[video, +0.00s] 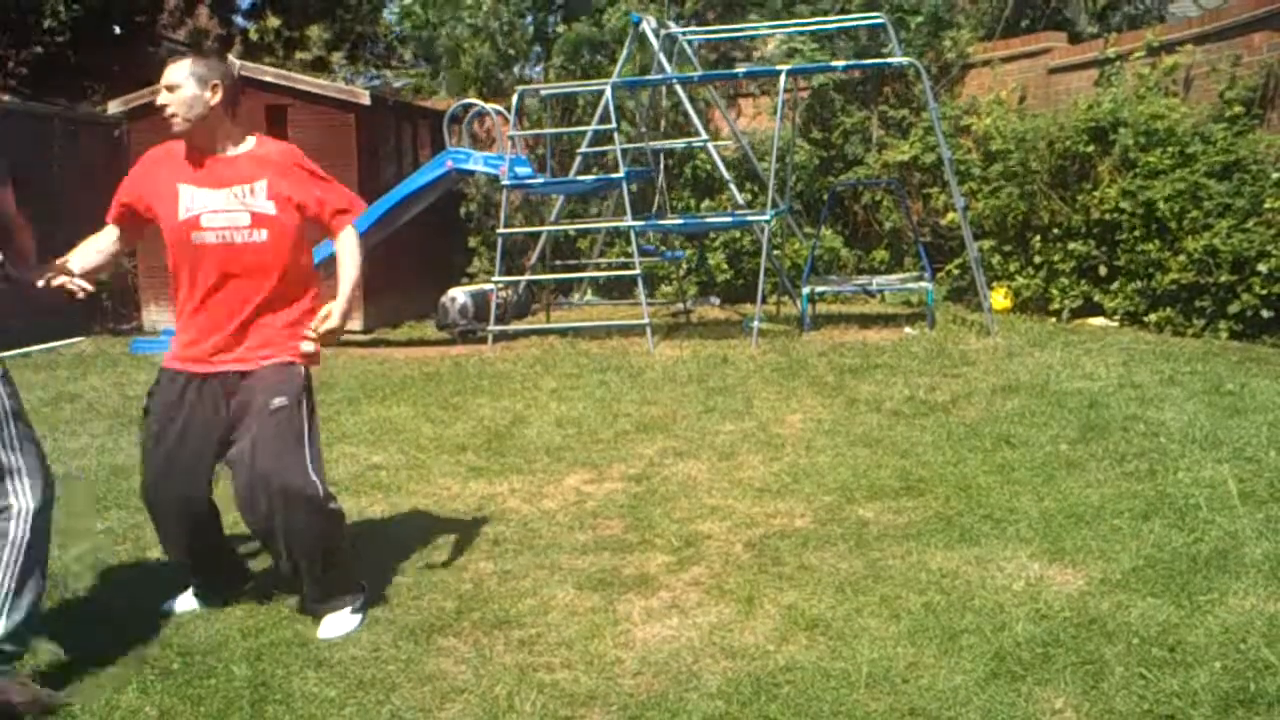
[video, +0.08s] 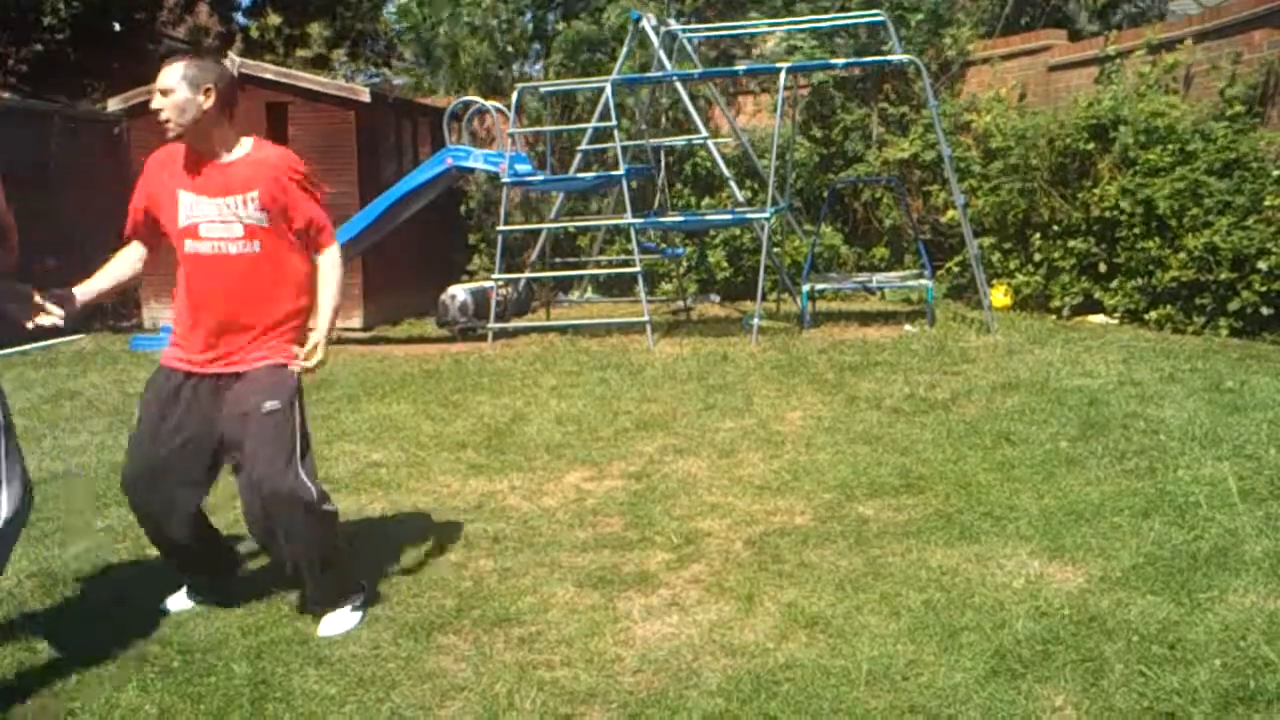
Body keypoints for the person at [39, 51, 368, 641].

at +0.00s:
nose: (161, 101)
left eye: (173, 89)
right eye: (161, 91)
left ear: (215, 94)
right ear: (201, 96)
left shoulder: (280, 160)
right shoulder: (157, 166)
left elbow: (345, 225)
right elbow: (116, 232)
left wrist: (343, 298)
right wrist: (69, 267)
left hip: (273, 355)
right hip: (191, 360)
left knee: (277, 480)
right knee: (167, 489)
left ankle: (337, 594)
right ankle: (217, 581)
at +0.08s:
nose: (157, 107)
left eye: (167, 95)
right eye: (156, 96)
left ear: (208, 97)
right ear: (196, 100)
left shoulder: (276, 168)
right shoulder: (161, 168)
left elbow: (328, 247)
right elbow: (137, 250)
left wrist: (321, 325)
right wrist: (76, 299)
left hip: (264, 358)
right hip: (188, 360)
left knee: (274, 487)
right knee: (149, 484)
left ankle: (339, 593)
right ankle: (214, 577)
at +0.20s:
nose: (134, 105)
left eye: (144, 93)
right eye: (135, 93)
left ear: (183, 100)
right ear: (179, 101)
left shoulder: (227, 162)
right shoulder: (185, 162)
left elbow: (258, 259)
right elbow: (212, 257)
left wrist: (194, 337)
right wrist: (179, 328)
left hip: (243, 367)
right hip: (185, 360)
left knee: (249, 496)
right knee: (117, 460)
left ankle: (337, 590)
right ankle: (157, 580)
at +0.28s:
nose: (120, 104)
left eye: (132, 93)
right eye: (122, 93)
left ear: (170, 101)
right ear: (169, 103)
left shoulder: (192, 156)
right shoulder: (194, 153)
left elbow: (184, 259)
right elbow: (248, 243)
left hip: (234, 360)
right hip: (181, 355)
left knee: (242, 494)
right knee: (111, 467)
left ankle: (338, 591)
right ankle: (106, 599)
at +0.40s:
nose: (107, 99)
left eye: (119, 90)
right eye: (108, 89)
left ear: (160, 100)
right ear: (153, 102)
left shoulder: (170, 157)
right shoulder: (189, 153)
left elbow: (114, 245)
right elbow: (247, 218)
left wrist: (34, 277)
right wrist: (254, 262)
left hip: (198, 363)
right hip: (146, 358)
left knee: (242, 488)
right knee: (89, 484)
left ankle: (333, 591)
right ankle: (101, 602)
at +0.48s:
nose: (102, 86)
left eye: (115, 78)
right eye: (103, 76)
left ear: (157, 90)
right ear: (140, 90)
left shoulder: (182, 153)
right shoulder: (140, 158)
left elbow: (154, 251)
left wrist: (69, 299)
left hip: (193, 358)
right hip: (131, 358)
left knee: (246, 482)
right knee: (87, 484)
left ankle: (331, 589)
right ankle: (101, 602)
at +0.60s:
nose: (126, 81)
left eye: (140, 72)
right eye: (122, 69)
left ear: (181, 81)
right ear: (120, 73)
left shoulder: (225, 157)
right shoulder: (115, 122)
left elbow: (249, 250)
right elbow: (62, 142)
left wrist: (196, 320)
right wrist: (8, 138)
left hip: (200, 350)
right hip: (116, 352)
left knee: (258, 471)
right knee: (101, 486)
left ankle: (323, 586)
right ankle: (106, 604)